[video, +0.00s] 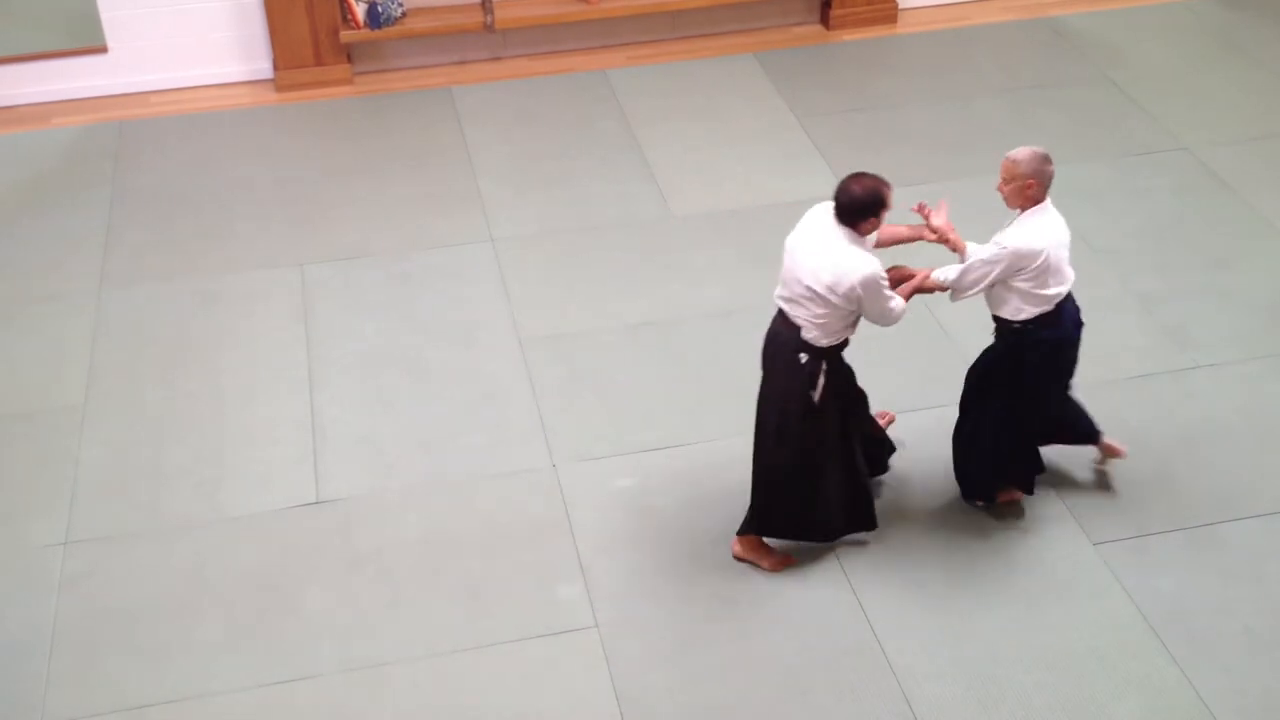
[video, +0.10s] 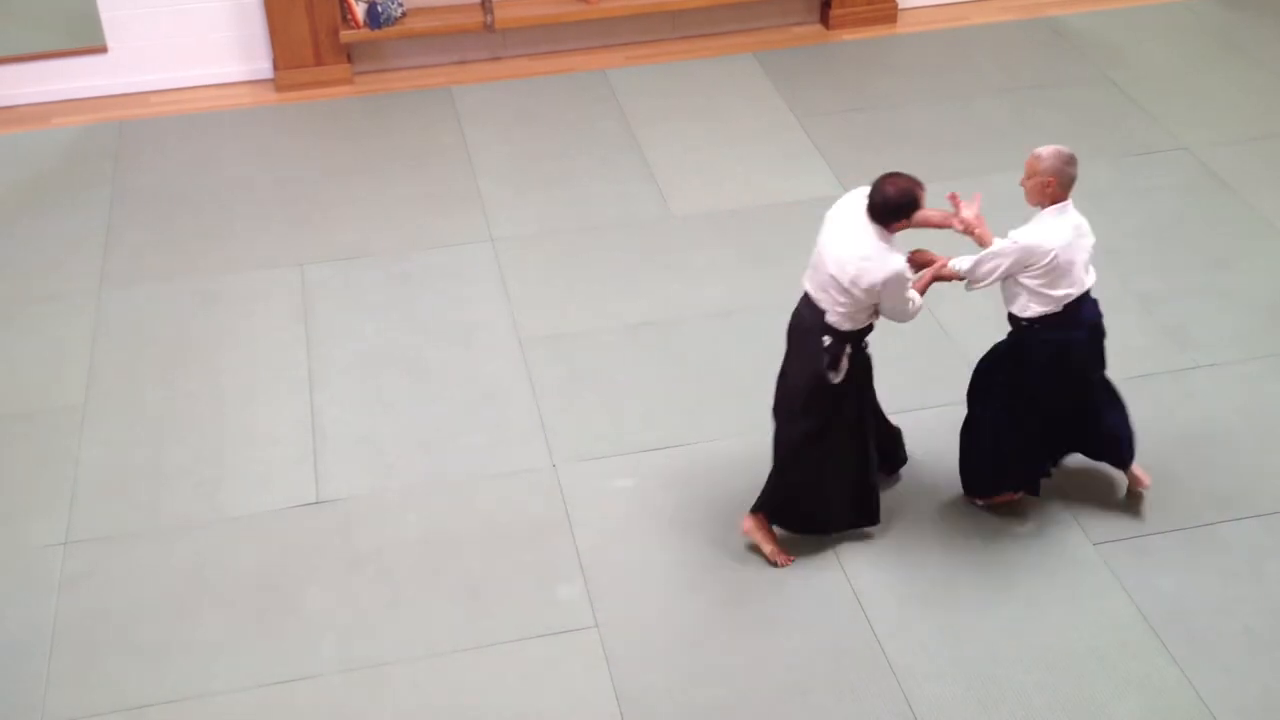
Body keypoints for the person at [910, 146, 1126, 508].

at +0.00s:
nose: (999, 187)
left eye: (1006, 181)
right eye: (1001, 179)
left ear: (1031, 189)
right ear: (1033, 188)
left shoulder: (1020, 241)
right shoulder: (1049, 219)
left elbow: (966, 277)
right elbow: (995, 259)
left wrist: (917, 280)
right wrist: (952, 239)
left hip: (1030, 339)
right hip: (1059, 324)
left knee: (986, 396)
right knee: (1042, 399)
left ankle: (1005, 485)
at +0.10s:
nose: (1021, 182)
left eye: (1027, 176)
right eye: (1024, 174)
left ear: (1048, 186)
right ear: (1058, 186)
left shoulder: (1032, 240)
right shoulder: (1075, 222)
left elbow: (980, 270)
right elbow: (1015, 259)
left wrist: (936, 266)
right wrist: (979, 231)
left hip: (1042, 341)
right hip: (1084, 329)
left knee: (988, 387)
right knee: (1090, 397)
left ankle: (1004, 483)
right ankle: (1128, 466)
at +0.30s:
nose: (1072, 179)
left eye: (1075, 174)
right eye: (1074, 173)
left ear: (1087, 184)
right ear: (1116, 185)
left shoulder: (1058, 234)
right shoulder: (1129, 230)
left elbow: (1014, 255)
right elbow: (1078, 242)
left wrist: (997, 245)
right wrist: (1044, 215)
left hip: (1063, 339)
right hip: (1118, 336)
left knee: (1018, 404)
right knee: (1116, 411)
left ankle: (1007, 485)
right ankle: (1124, 488)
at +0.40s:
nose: (1094, 177)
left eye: (1097, 172)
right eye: (1097, 171)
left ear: (1105, 182)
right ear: (1139, 187)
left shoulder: (1074, 231)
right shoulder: (1149, 232)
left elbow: (1038, 251)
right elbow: (1101, 241)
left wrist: (1031, 237)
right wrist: (1076, 208)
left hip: (1074, 336)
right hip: (1126, 336)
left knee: (1040, 404)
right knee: (1128, 412)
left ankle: (1015, 480)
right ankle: (1127, 493)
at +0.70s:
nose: (1111, 186)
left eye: (1115, 184)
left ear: (1118, 192)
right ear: (1160, 204)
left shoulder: (1085, 233)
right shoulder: (1167, 252)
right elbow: (1153, 240)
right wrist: (1159, 211)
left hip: (1075, 332)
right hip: (1126, 341)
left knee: (1053, 407)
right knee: (1122, 421)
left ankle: (1022, 483)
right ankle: (1116, 500)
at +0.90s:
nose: (1149, 206)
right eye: (1148, 202)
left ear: (1103, 199)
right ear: (1144, 210)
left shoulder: (1075, 232)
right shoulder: (1143, 260)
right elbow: (1176, 273)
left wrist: (1161, 284)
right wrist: (1179, 223)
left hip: (1055, 334)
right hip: (1105, 349)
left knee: (1029, 402)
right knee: (1109, 424)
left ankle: (1003, 478)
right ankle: (1106, 504)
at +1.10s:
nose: (1125, 195)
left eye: (1124, 190)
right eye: (1122, 193)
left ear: (1076, 195)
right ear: (1114, 205)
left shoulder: (1050, 229)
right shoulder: (1108, 259)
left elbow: (1087, 277)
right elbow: (1162, 277)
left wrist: (1140, 314)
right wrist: (1176, 227)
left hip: (1026, 327)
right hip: (1073, 344)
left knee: (1017, 403)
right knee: (1108, 416)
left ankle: (1003, 480)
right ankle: (1117, 500)